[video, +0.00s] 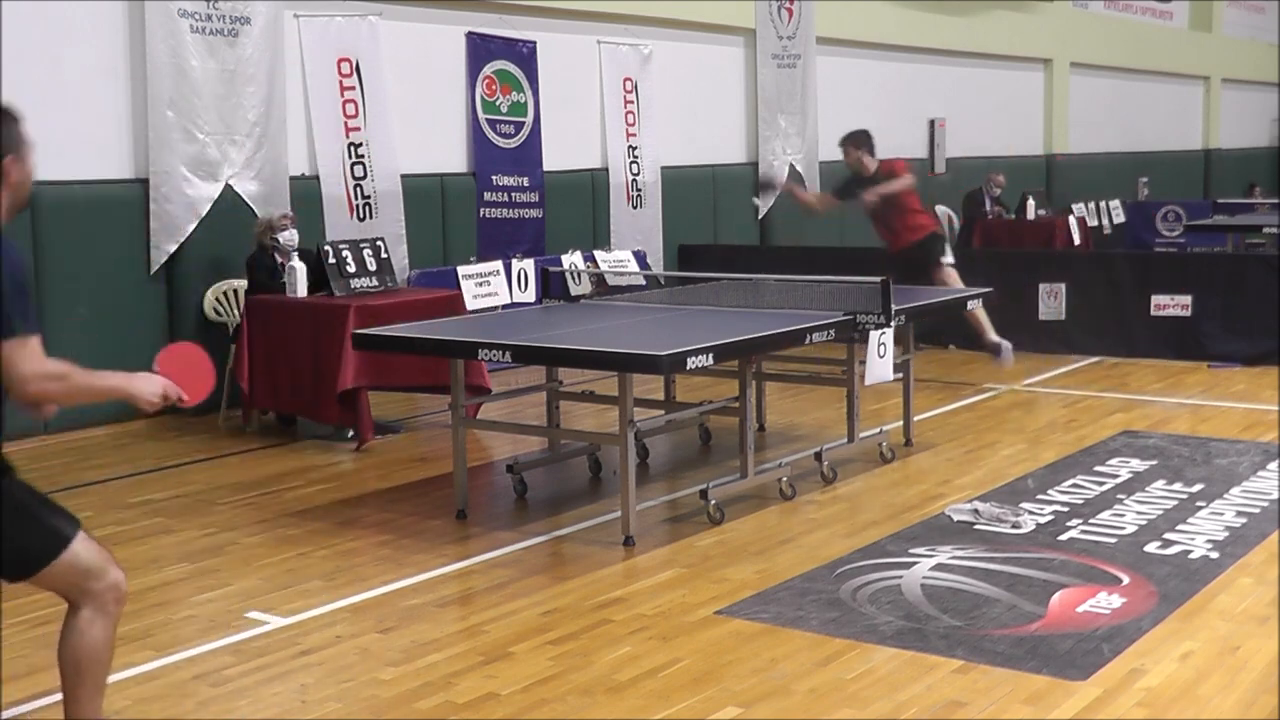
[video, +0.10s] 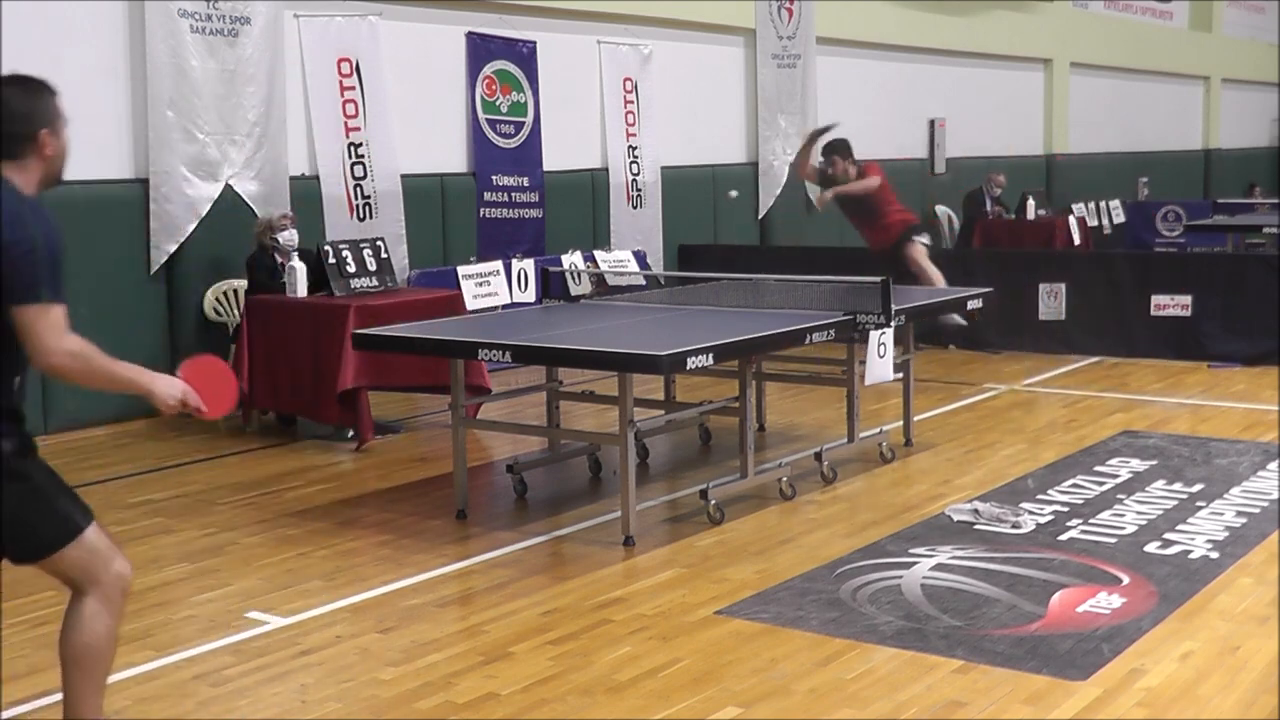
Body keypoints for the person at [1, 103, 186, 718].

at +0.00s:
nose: (30, 172)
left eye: (26, 159)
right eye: (27, 160)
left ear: (6, 171)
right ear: (12, 168)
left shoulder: (7, 251)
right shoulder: (5, 253)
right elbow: (28, 378)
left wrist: (30, 387)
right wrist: (128, 383)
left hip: (4, 479)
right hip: (1, 482)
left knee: (95, 583)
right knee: (101, 586)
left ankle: (82, 707)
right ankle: (82, 712)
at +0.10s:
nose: (65, 140)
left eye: (62, 126)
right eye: (61, 128)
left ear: (13, 144)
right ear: (42, 141)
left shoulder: (19, 215)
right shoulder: (22, 218)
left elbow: (49, 343)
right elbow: (52, 348)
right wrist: (151, 384)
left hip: (8, 450)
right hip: (4, 454)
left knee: (101, 573)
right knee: (105, 575)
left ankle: (82, 708)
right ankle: (83, 713)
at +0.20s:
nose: (116, 155)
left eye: (114, 142)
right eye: (113, 143)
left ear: (44, 146)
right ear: (96, 153)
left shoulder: (11, 197)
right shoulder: (70, 229)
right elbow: (95, 357)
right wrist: (201, 406)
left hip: (12, 442)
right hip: (10, 446)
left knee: (126, 579)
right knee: (129, 581)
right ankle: (151, 710)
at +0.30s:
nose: (151, 189)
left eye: (149, 175)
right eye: (148, 176)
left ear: (76, 176)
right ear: (126, 186)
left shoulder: (26, 227)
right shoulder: (87, 262)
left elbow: (64, 347)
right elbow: (95, 400)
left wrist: (160, 382)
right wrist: (200, 468)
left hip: (10, 476)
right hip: (22, 484)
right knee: (188, 579)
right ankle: (208, 711)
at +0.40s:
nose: (249, 228)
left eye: (246, 216)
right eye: (242, 218)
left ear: (176, 223)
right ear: (213, 234)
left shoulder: (128, 262)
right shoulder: (151, 306)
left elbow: (184, 299)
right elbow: (122, 440)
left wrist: (227, 339)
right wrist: (165, 509)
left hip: (28, 509)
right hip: (80, 520)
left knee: (13, 627)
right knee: (255, 607)